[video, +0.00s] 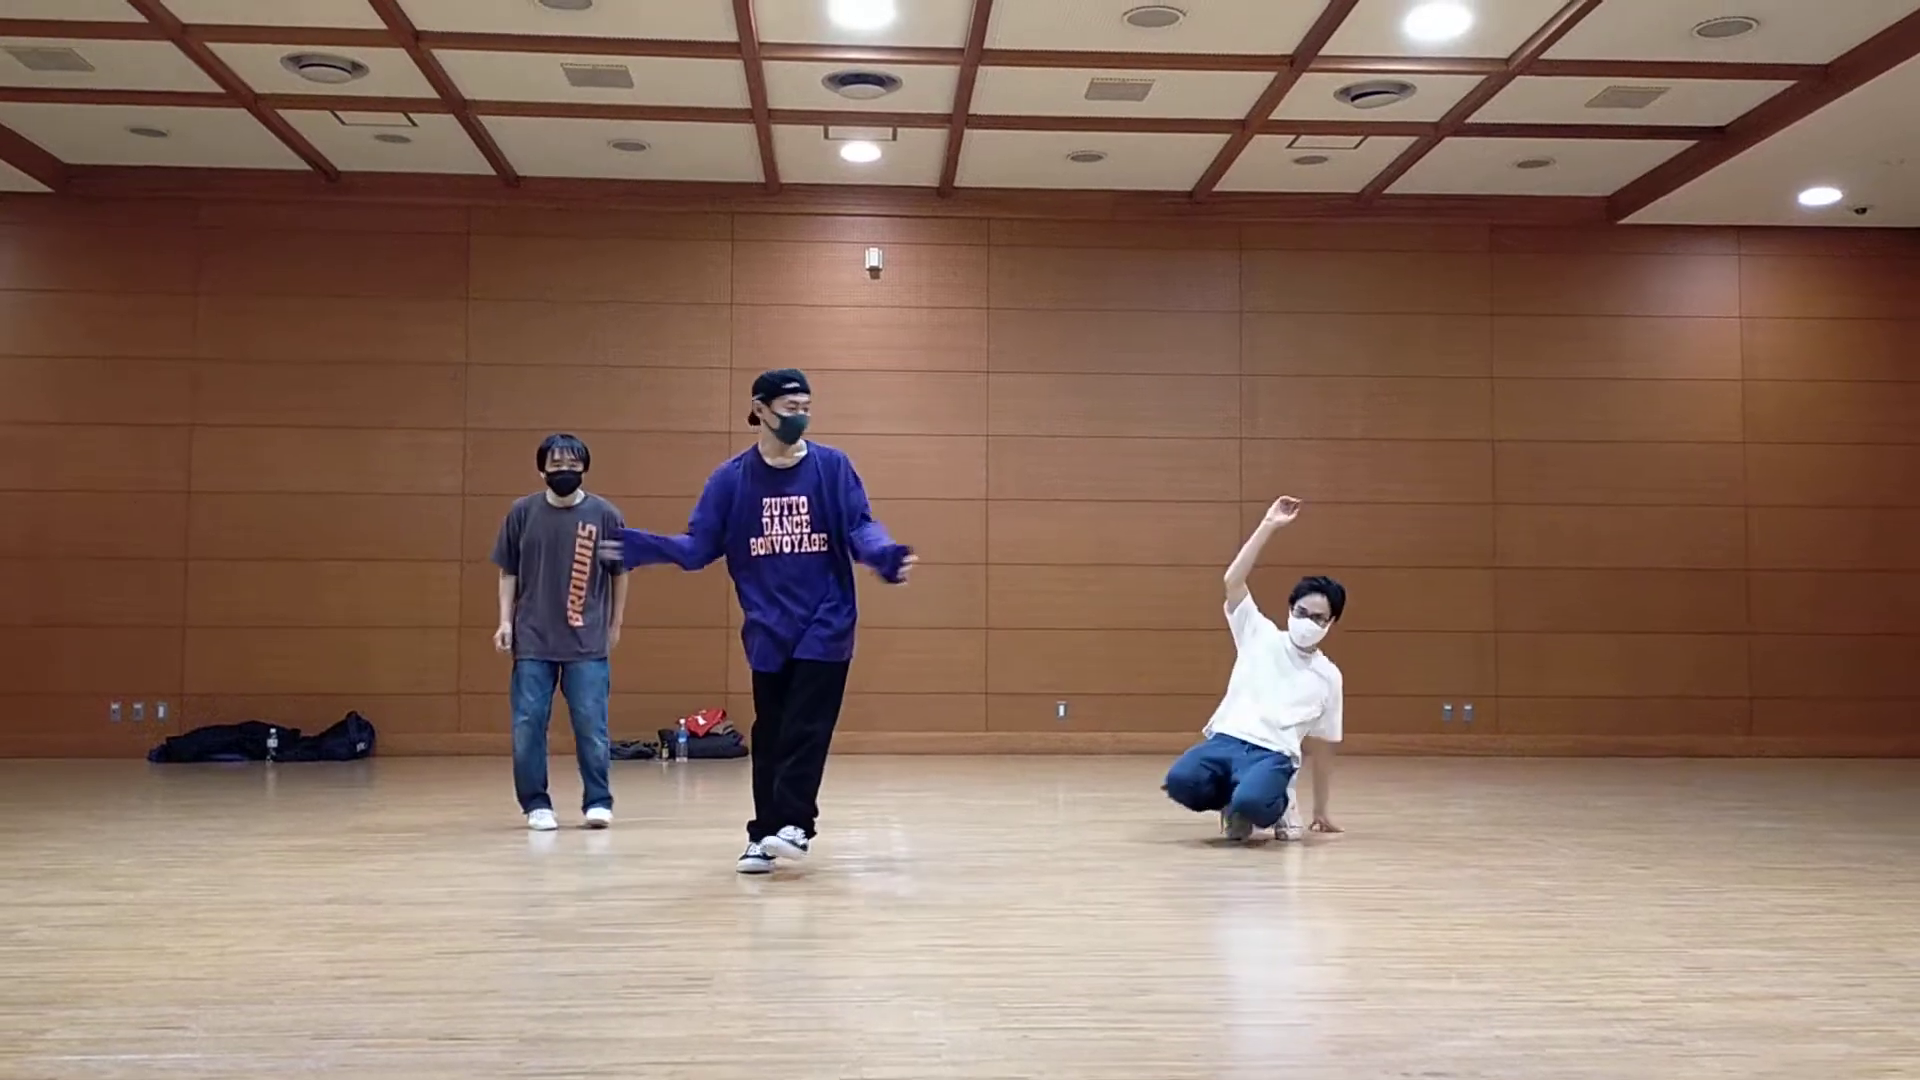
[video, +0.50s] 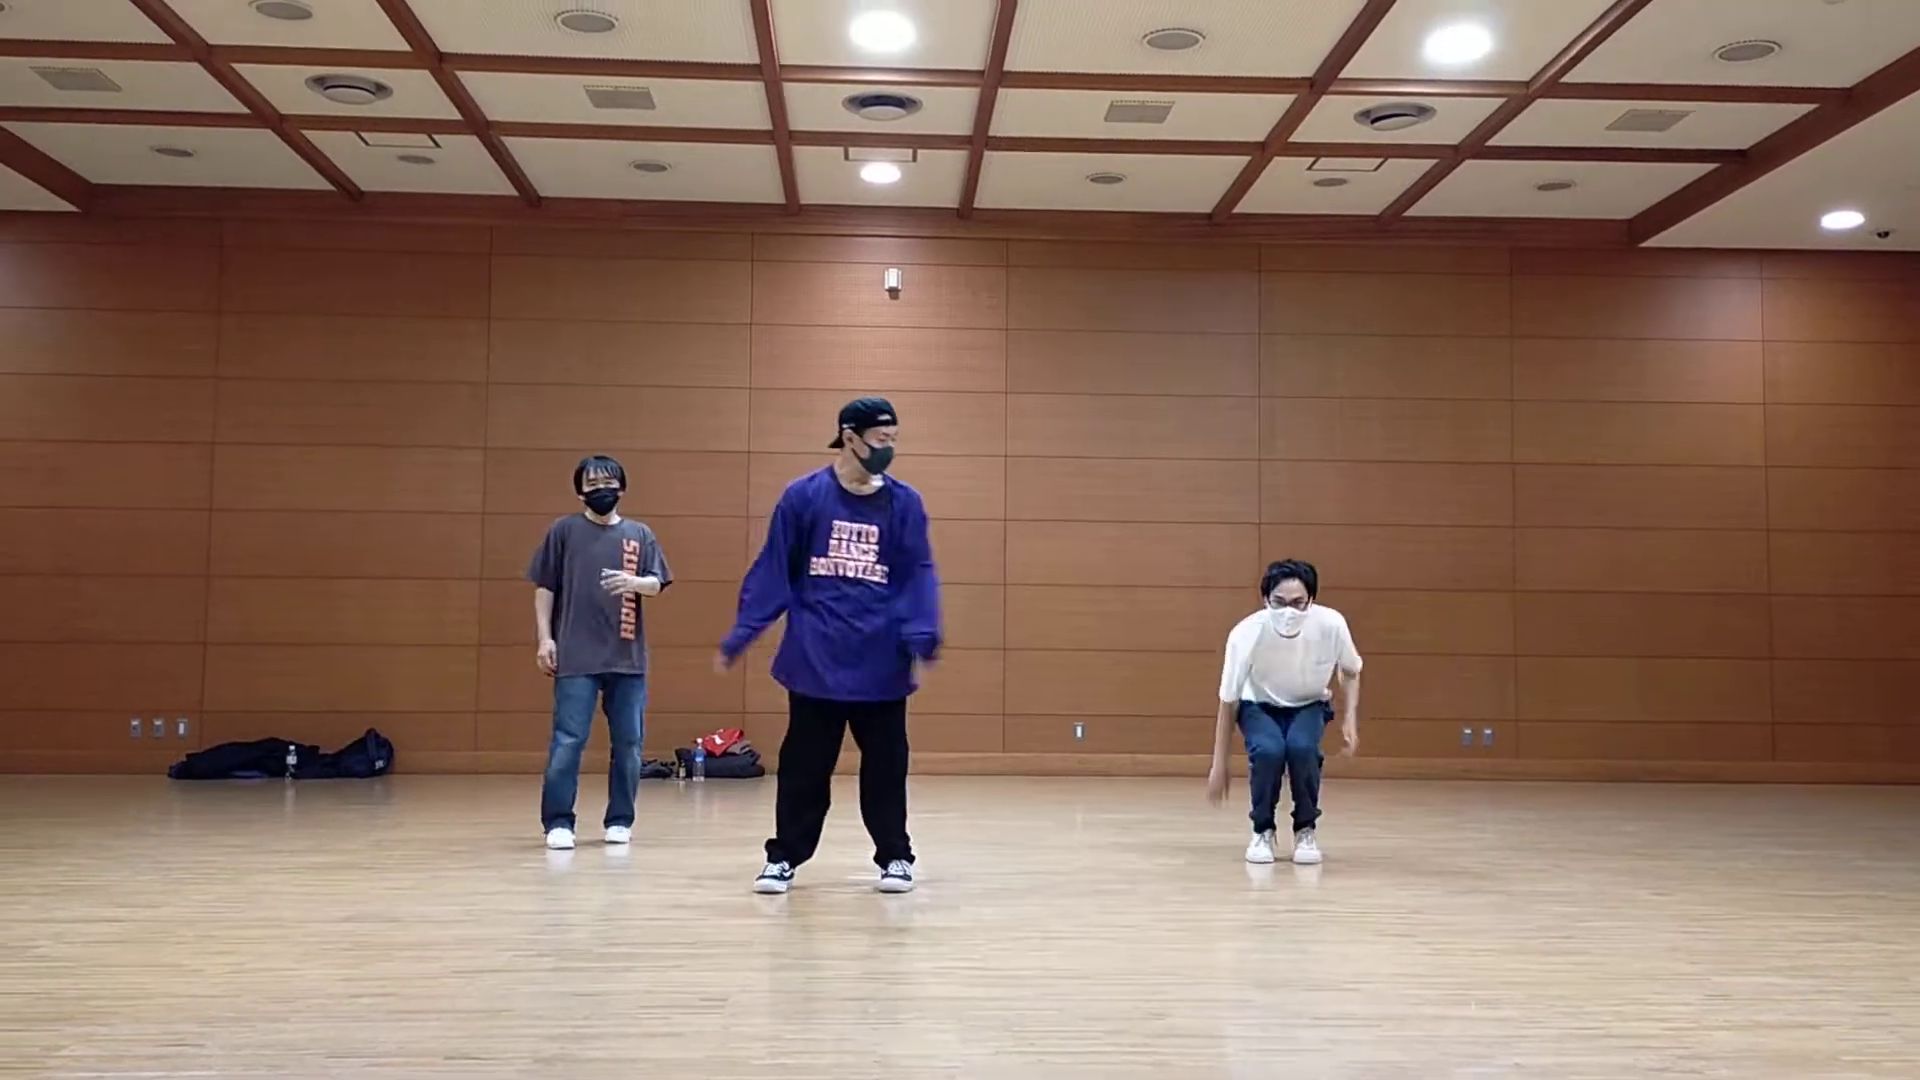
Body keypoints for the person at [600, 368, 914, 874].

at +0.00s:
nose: (801, 410)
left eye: (805, 403)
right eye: (790, 403)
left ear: (810, 410)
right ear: (760, 411)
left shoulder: (832, 467)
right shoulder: (731, 479)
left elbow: (859, 527)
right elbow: (698, 548)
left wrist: (884, 554)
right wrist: (639, 545)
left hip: (826, 619)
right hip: (768, 623)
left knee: (806, 723)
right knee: (772, 729)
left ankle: (795, 825)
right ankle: (763, 835)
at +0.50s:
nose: (890, 440)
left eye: (892, 433)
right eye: (880, 433)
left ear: (891, 441)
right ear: (849, 436)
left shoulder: (904, 503)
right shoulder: (803, 498)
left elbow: (919, 574)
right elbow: (772, 572)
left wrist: (922, 631)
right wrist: (742, 632)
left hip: (880, 657)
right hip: (816, 655)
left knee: (887, 761)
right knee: (805, 758)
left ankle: (894, 857)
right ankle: (783, 858)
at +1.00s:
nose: (894, 437)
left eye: (904, 431)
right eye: (885, 430)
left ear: (917, 444)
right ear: (868, 440)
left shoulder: (939, 508)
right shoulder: (838, 500)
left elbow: (946, 573)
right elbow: (821, 567)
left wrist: (942, 606)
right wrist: (819, 591)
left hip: (912, 663)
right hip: (851, 659)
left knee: (907, 766)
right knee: (854, 764)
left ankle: (904, 865)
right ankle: (858, 864)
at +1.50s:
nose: (880, 441)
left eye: (891, 435)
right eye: (871, 434)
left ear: (905, 449)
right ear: (856, 447)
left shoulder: (931, 514)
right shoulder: (831, 512)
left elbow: (937, 593)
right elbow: (809, 589)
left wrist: (942, 645)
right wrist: (818, 637)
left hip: (907, 671)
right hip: (846, 670)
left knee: (905, 776)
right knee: (844, 774)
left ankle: (902, 871)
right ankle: (857, 868)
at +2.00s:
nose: (894, 474)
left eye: (905, 467)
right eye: (886, 465)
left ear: (922, 475)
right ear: (873, 471)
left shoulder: (950, 534)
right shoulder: (844, 526)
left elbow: (988, 580)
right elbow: (793, 569)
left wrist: (995, 619)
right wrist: (785, 601)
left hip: (922, 675)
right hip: (858, 672)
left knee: (908, 779)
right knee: (866, 768)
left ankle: (898, 869)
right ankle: (867, 868)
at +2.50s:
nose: (896, 431)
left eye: (906, 423)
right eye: (886, 424)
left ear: (924, 435)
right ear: (871, 435)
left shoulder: (950, 491)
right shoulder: (844, 492)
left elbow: (958, 560)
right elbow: (832, 561)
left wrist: (906, 586)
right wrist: (884, 587)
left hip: (929, 663)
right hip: (863, 665)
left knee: (924, 774)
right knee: (877, 776)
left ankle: (923, 888)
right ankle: (875, 896)